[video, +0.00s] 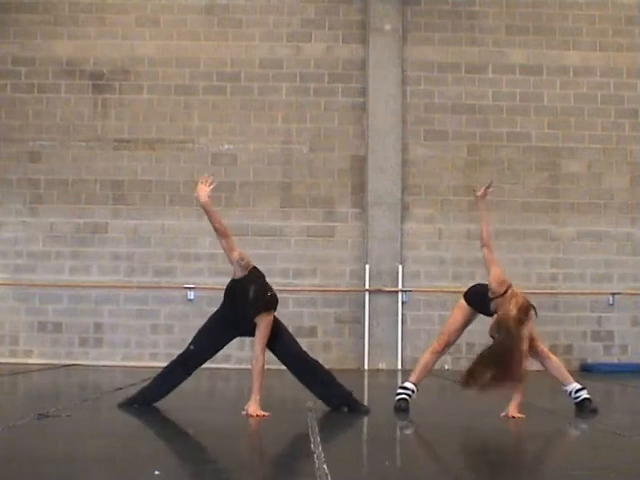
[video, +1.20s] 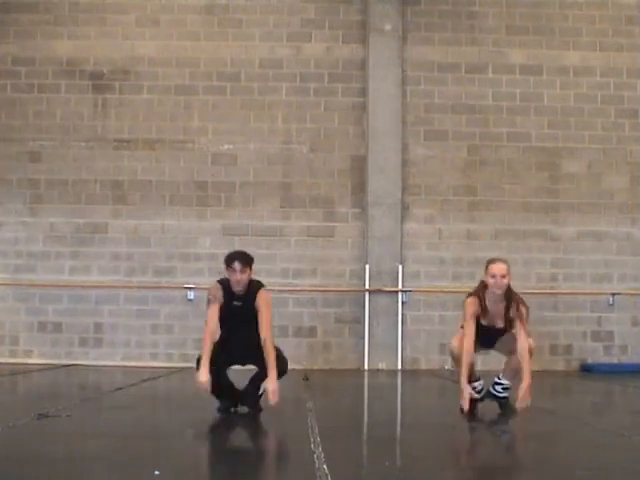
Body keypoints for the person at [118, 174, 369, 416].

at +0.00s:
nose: (253, 310)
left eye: (256, 308)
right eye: (247, 303)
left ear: (264, 306)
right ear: (243, 281)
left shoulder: (266, 312)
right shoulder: (242, 269)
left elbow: (259, 357)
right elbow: (223, 234)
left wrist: (255, 400)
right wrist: (205, 203)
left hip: (261, 328)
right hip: (228, 319)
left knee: (300, 361)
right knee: (191, 357)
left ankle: (342, 400)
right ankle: (145, 397)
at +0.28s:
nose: (269, 275)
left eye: (276, 273)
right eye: (267, 268)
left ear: (279, 279)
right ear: (257, 266)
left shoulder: (270, 306)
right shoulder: (240, 266)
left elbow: (261, 355)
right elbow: (213, 240)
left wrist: (255, 401)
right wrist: (230, 225)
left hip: (259, 328)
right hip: (226, 322)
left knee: (300, 361)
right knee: (189, 357)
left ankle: (343, 401)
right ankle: (143, 397)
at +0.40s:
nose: (271, 280)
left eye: (277, 278)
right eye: (268, 273)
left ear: (281, 283)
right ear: (258, 272)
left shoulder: (276, 311)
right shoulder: (239, 282)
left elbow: (265, 358)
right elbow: (195, 296)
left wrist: (255, 401)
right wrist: (220, 294)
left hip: (264, 330)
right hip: (230, 322)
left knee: (302, 361)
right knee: (192, 357)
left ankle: (344, 401)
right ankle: (143, 397)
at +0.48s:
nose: (268, 288)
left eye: (274, 284)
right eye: (265, 281)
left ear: (279, 288)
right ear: (254, 279)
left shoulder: (276, 311)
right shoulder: (234, 295)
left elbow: (266, 359)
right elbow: (208, 332)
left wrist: (256, 401)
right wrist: (212, 355)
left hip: (266, 331)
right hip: (229, 329)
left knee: (302, 361)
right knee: (188, 359)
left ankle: (344, 401)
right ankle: (142, 398)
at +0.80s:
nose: (254, 311)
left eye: (259, 307)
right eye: (250, 306)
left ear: (266, 304)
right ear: (240, 301)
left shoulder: (272, 311)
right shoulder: (222, 309)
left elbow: (265, 360)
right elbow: (220, 357)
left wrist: (255, 401)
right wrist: (224, 397)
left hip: (266, 324)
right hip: (227, 323)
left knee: (302, 352)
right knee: (186, 349)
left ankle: (334, 399)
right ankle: (159, 392)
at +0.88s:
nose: (247, 310)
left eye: (252, 304)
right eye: (242, 304)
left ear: (259, 300)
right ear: (234, 299)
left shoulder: (268, 310)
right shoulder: (219, 309)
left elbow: (262, 360)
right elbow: (218, 357)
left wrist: (255, 400)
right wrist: (224, 398)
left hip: (261, 330)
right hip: (228, 330)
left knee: (296, 348)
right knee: (191, 351)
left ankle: (291, 393)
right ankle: (198, 387)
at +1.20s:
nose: (237, 277)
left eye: (242, 272)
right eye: (233, 272)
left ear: (250, 273)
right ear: (226, 272)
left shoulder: (260, 293)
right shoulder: (217, 290)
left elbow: (266, 337)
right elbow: (211, 330)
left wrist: (272, 377)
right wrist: (204, 367)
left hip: (254, 346)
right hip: (227, 346)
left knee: (280, 365)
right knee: (204, 365)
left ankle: (250, 397)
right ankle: (229, 397)